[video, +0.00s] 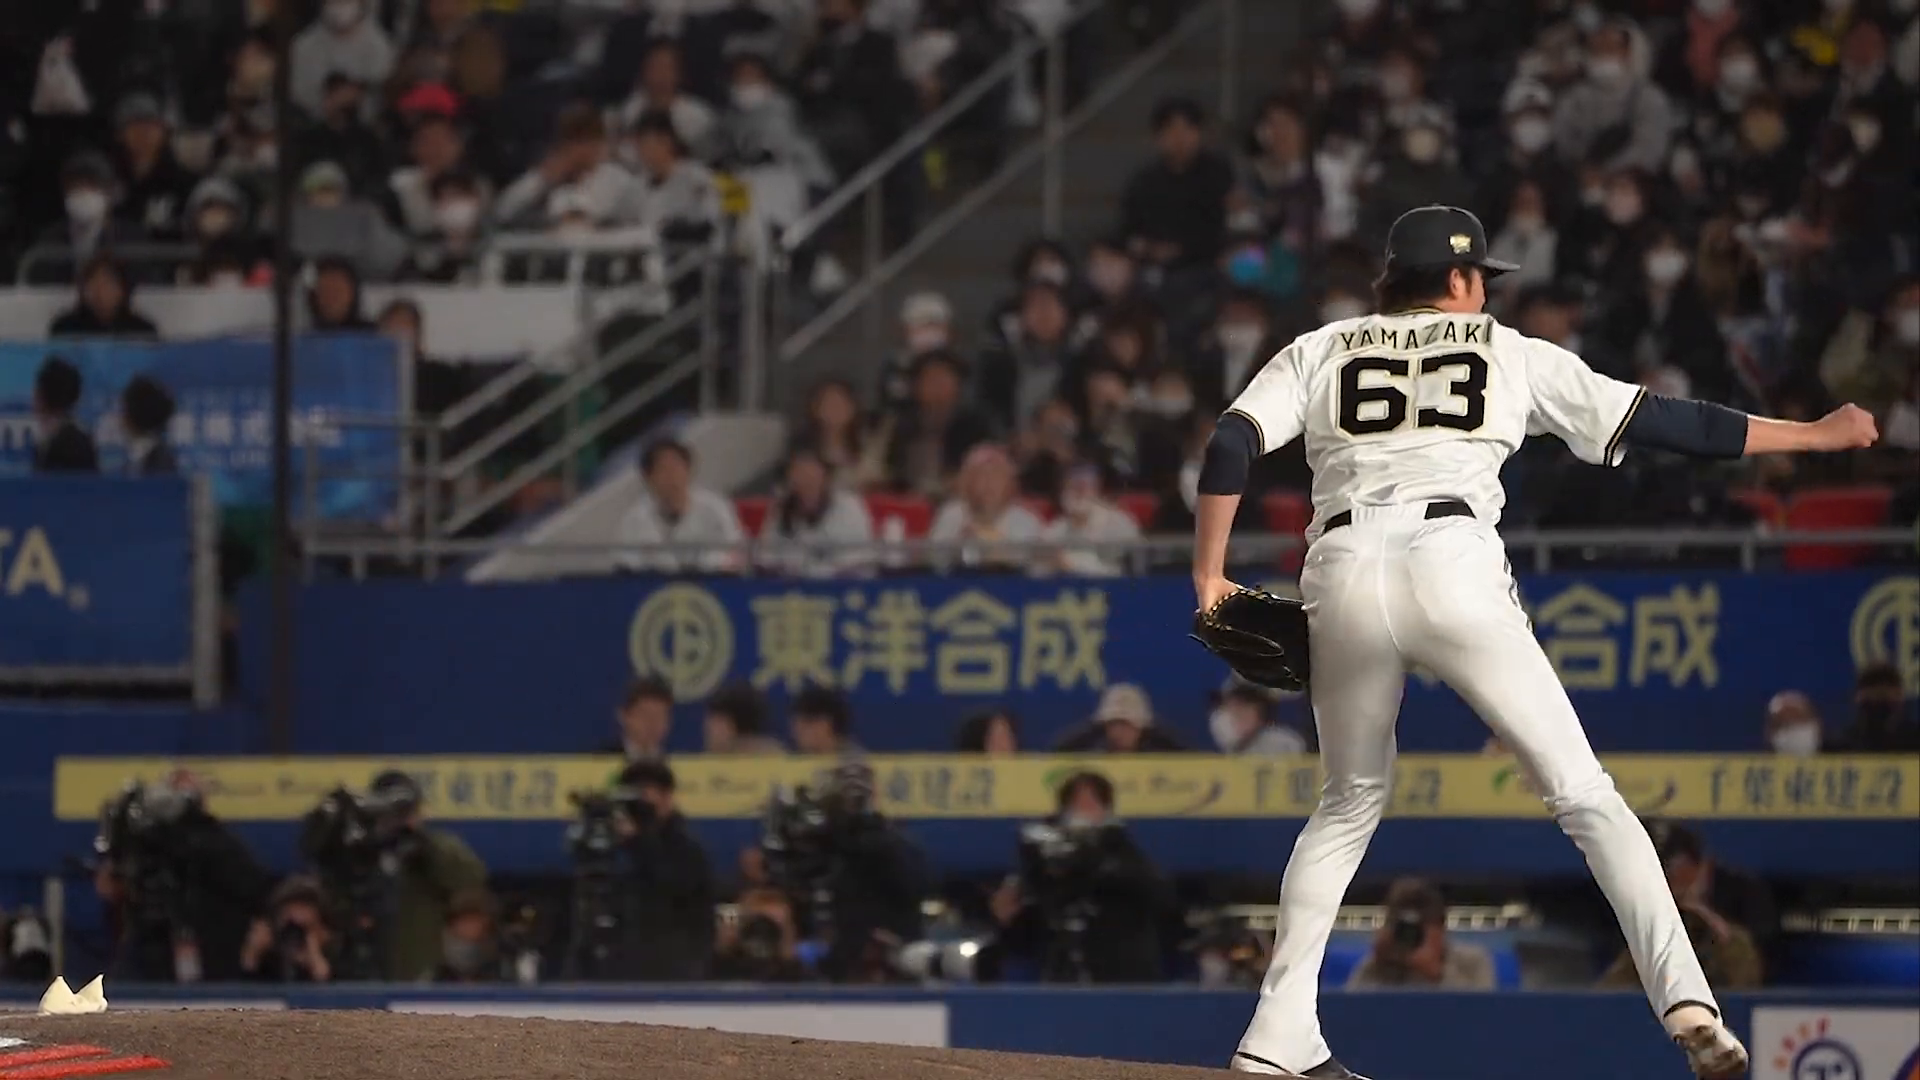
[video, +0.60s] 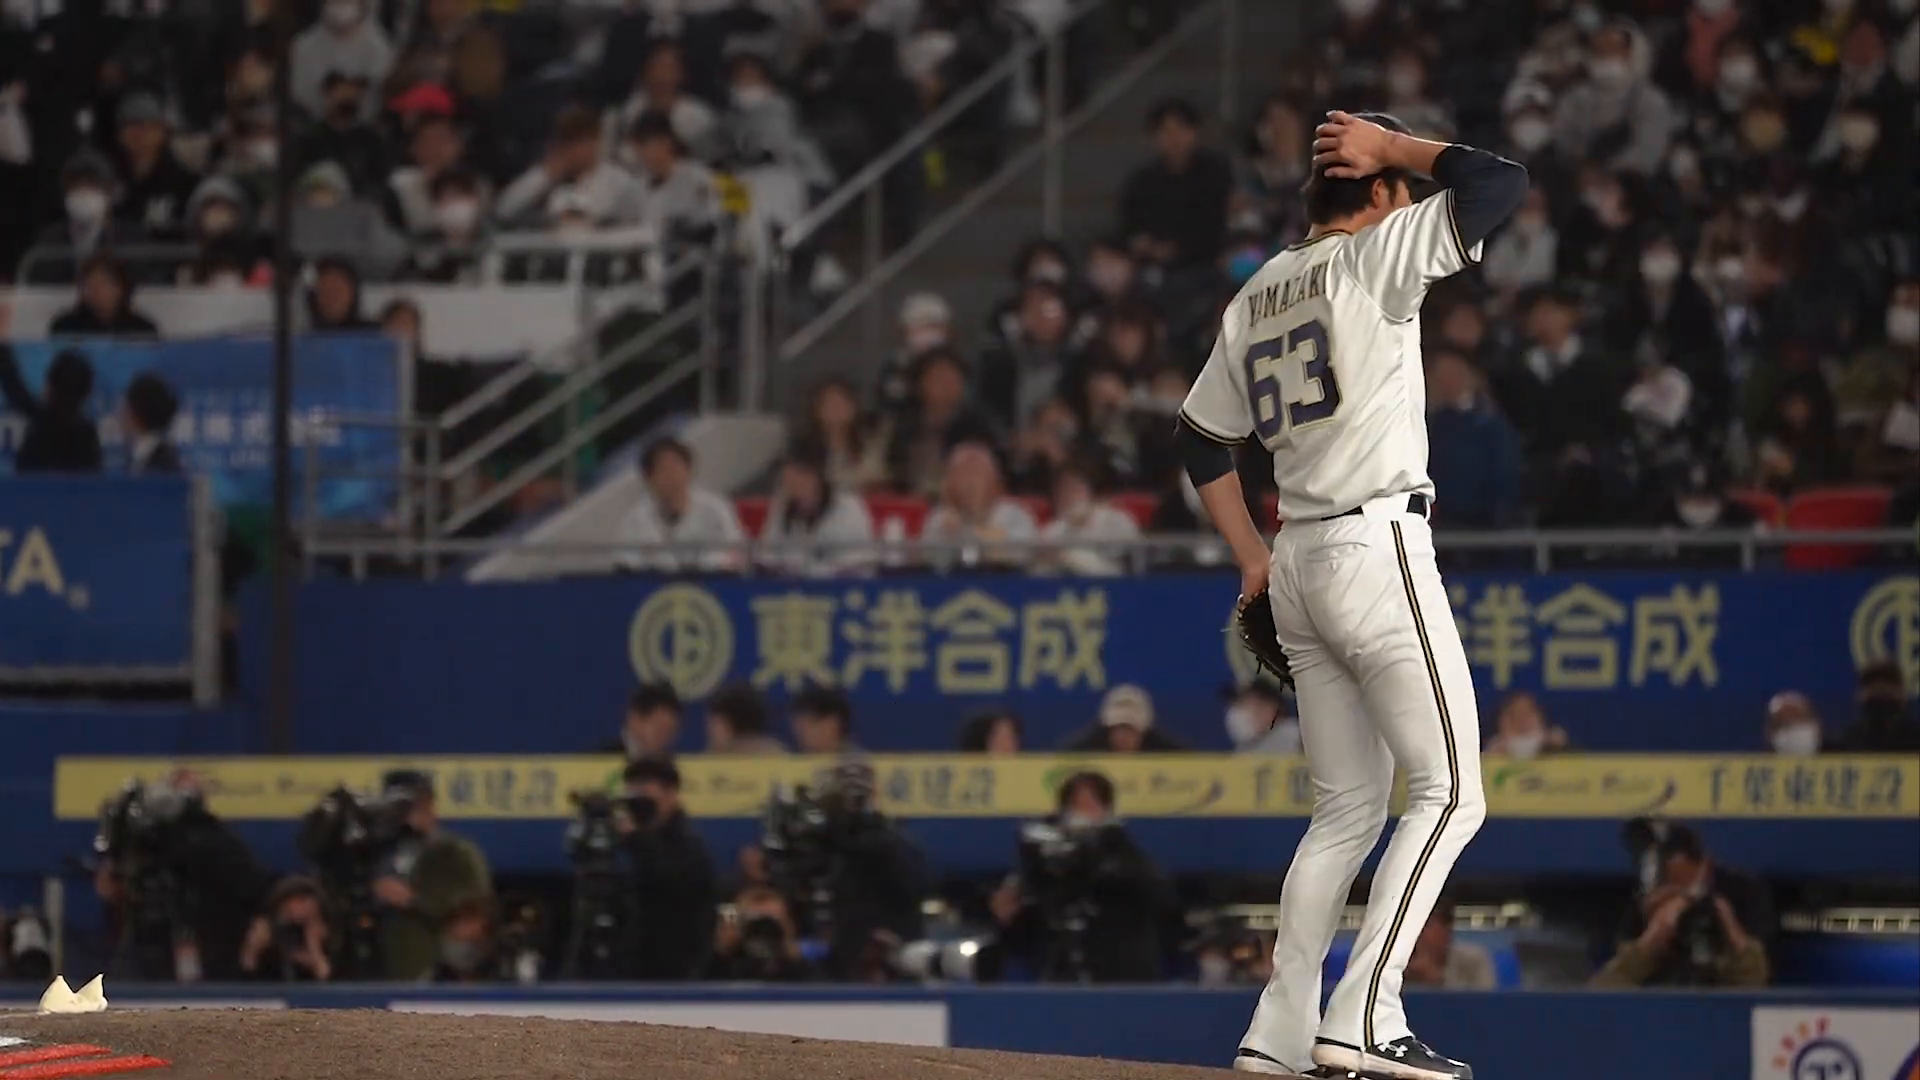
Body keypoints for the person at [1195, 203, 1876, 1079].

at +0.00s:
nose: (1486, 287)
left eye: (1480, 273)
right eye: (1480, 274)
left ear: (1392, 280)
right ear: (1462, 279)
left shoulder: (1322, 347)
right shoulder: (1513, 351)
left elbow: (1229, 444)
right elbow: (1665, 421)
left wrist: (1208, 576)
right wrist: (1816, 435)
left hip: (1338, 564)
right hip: (1455, 556)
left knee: (1345, 804)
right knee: (1581, 795)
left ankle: (1278, 1035)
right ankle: (1685, 1000)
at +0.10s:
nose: (1518, 317)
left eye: (1511, 305)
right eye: (1510, 305)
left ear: (1431, 317)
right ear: (1495, 314)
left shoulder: (1371, 395)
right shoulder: (1555, 377)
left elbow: (1286, 490)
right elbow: (1718, 384)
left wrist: (1278, 621)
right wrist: (1831, 311)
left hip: (1399, 630)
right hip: (1518, 628)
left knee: (1388, 829)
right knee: (1610, 871)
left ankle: (1283, 1026)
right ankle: (1688, 1064)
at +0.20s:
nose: (1536, 312)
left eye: (1529, 297)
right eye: (1532, 298)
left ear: (1443, 310)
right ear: (1515, 304)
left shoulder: (1389, 399)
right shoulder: (1572, 371)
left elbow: (1305, 510)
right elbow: (1735, 355)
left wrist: (1305, 631)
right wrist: (1750, 251)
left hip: (1412, 636)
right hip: (1529, 639)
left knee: (1419, 842)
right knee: (1645, 870)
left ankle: (1295, 1014)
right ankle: (1691, 1064)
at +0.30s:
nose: (1520, 243)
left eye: (1515, 227)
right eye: (1516, 228)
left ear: (1430, 235)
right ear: (1499, 234)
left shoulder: (1359, 328)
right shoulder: (1539, 303)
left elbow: (1272, 445)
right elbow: (1696, 283)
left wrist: (1297, 568)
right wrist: (1638, 181)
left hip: (1383, 584)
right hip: (1492, 582)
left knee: (1415, 816)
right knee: (1598, 832)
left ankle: (1295, 1009)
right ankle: (1684, 1051)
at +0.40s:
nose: (1493, 211)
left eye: (1491, 193)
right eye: (1488, 195)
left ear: (1400, 190)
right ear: (1466, 193)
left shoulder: (1322, 273)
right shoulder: (1486, 256)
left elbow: (1233, 403)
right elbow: (1632, 212)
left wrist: (1277, 533)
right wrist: (1534, 140)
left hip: (1347, 557)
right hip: (1450, 547)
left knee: (1389, 800)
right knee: (1553, 784)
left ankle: (1294, 1013)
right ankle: (1602, 1026)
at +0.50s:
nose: (1457, 231)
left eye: (1453, 212)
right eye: (1451, 213)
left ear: (1362, 202)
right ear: (1427, 202)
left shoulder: (1287, 283)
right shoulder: (1431, 260)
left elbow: (1210, 417)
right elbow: (1560, 187)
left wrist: (1256, 549)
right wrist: (1450, 141)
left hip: (1318, 564)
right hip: (1409, 558)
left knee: (1355, 812)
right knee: (1517, 786)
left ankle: (1283, 1034)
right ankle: (1484, 1024)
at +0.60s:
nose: (1390, 229)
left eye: (1383, 208)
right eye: (1387, 210)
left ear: (1305, 210)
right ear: (1370, 206)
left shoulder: (1254, 298)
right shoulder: (1377, 259)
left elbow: (1203, 442)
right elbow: (1501, 177)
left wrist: (1257, 567)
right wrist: (1403, 147)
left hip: (1299, 562)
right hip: (1379, 552)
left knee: (1344, 810)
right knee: (1450, 796)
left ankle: (1280, 1028)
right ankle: (1364, 1019)